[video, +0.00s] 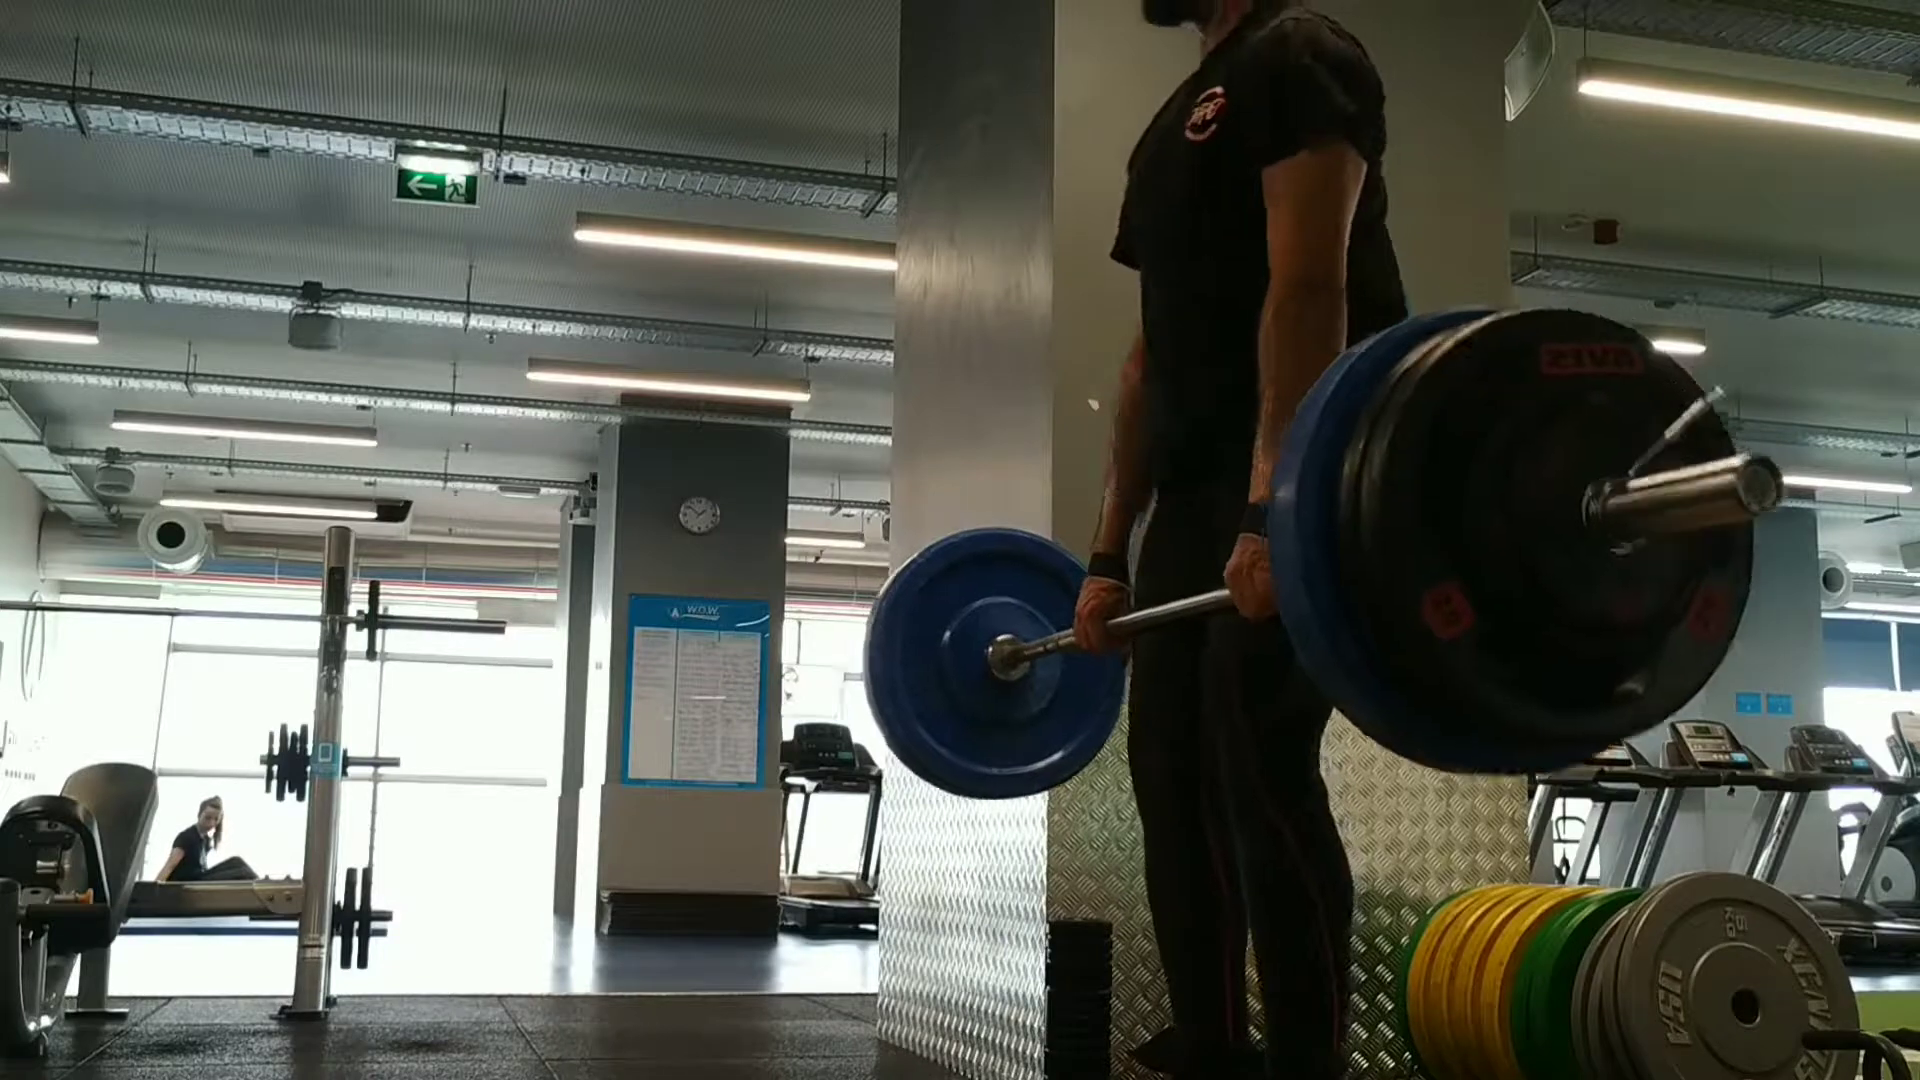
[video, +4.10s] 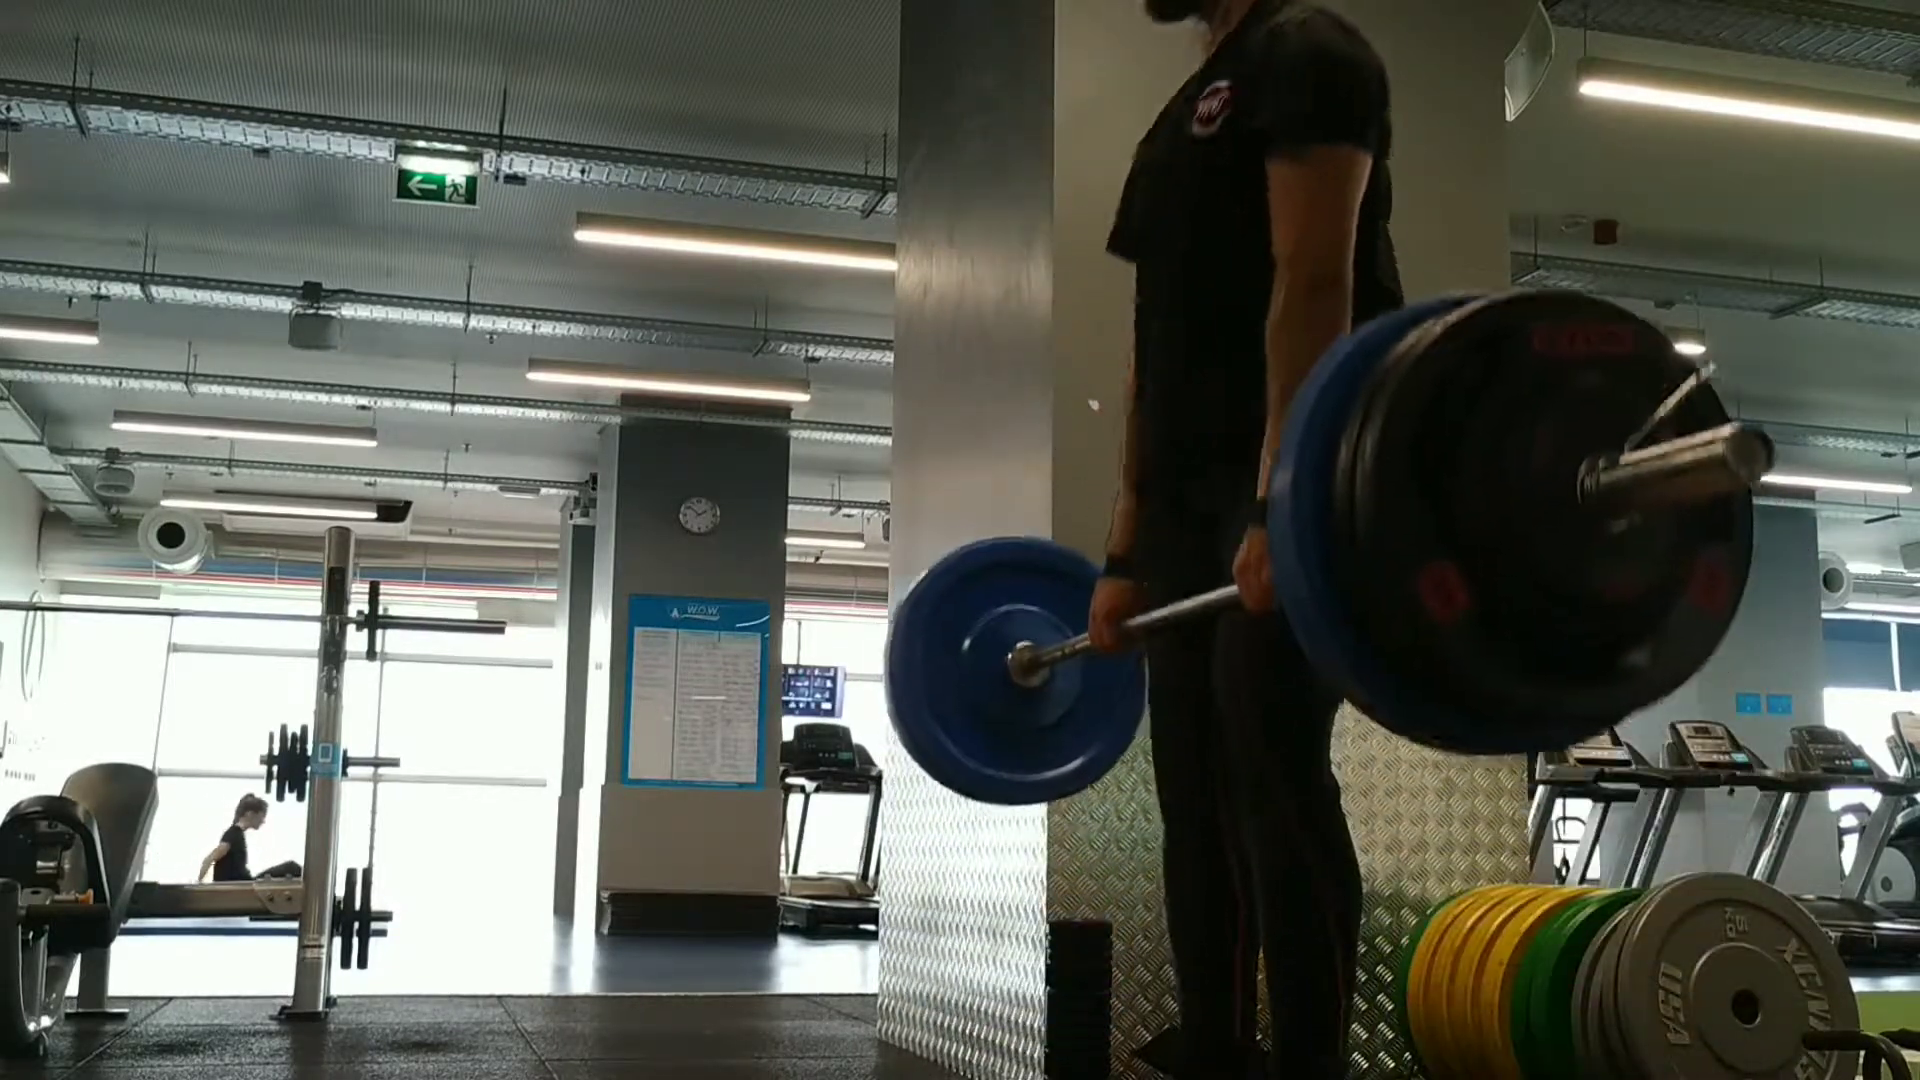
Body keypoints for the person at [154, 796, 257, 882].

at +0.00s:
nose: (211, 823)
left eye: (216, 819)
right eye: (208, 818)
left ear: (219, 821)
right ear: (199, 815)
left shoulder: (206, 839)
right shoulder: (186, 837)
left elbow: (198, 862)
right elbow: (171, 863)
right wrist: (156, 885)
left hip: (200, 877)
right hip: (188, 883)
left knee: (236, 862)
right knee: (241, 872)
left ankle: (260, 884)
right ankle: (262, 888)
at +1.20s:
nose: (212, 817)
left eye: (213, 813)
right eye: (209, 812)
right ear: (195, 812)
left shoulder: (194, 835)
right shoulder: (185, 835)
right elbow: (160, 864)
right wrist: (154, 889)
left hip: (193, 881)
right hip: (184, 888)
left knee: (235, 862)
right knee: (239, 872)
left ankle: (259, 886)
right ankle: (261, 891)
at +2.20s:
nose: (206, 816)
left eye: (207, 812)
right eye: (205, 811)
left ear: (193, 811)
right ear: (197, 810)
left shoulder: (188, 832)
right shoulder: (184, 833)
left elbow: (177, 867)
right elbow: (175, 867)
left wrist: (172, 892)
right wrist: (171, 893)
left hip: (210, 879)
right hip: (205, 884)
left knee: (254, 851)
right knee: (256, 857)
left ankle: (280, 882)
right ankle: (282, 884)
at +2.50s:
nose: (217, 820)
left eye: (218, 816)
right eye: (217, 815)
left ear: (202, 815)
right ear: (208, 815)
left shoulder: (201, 836)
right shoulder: (199, 837)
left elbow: (186, 869)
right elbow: (185, 869)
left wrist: (173, 891)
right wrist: (172, 892)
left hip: (227, 880)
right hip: (227, 883)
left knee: (267, 847)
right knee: (273, 853)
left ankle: (287, 886)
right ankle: (292, 888)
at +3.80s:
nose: (237, 823)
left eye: (237, 819)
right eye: (236, 819)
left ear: (217, 817)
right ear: (230, 819)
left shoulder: (203, 840)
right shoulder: (215, 842)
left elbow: (187, 868)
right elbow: (195, 869)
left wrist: (175, 885)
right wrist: (180, 886)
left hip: (224, 887)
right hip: (237, 887)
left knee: (276, 857)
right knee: (280, 858)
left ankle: (300, 881)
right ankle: (305, 881)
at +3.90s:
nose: (246, 822)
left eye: (246, 818)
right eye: (244, 817)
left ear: (231, 817)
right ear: (235, 817)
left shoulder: (214, 837)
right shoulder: (219, 839)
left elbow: (197, 867)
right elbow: (197, 867)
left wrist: (180, 885)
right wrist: (179, 886)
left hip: (235, 886)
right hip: (238, 888)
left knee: (281, 860)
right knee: (283, 860)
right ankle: (309, 882)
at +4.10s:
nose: (263, 821)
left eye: (264, 817)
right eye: (261, 816)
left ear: (248, 815)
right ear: (249, 814)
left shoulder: (237, 834)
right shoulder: (234, 833)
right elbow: (209, 859)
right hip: (236, 887)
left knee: (289, 868)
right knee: (291, 866)